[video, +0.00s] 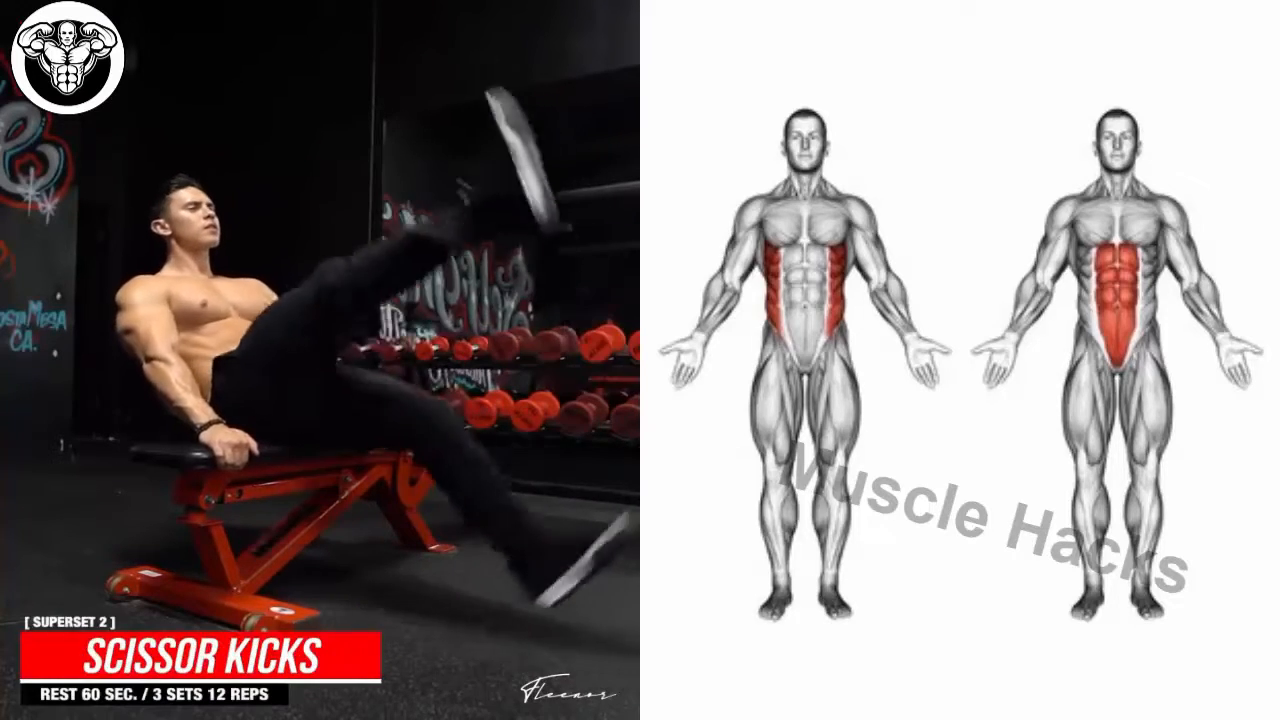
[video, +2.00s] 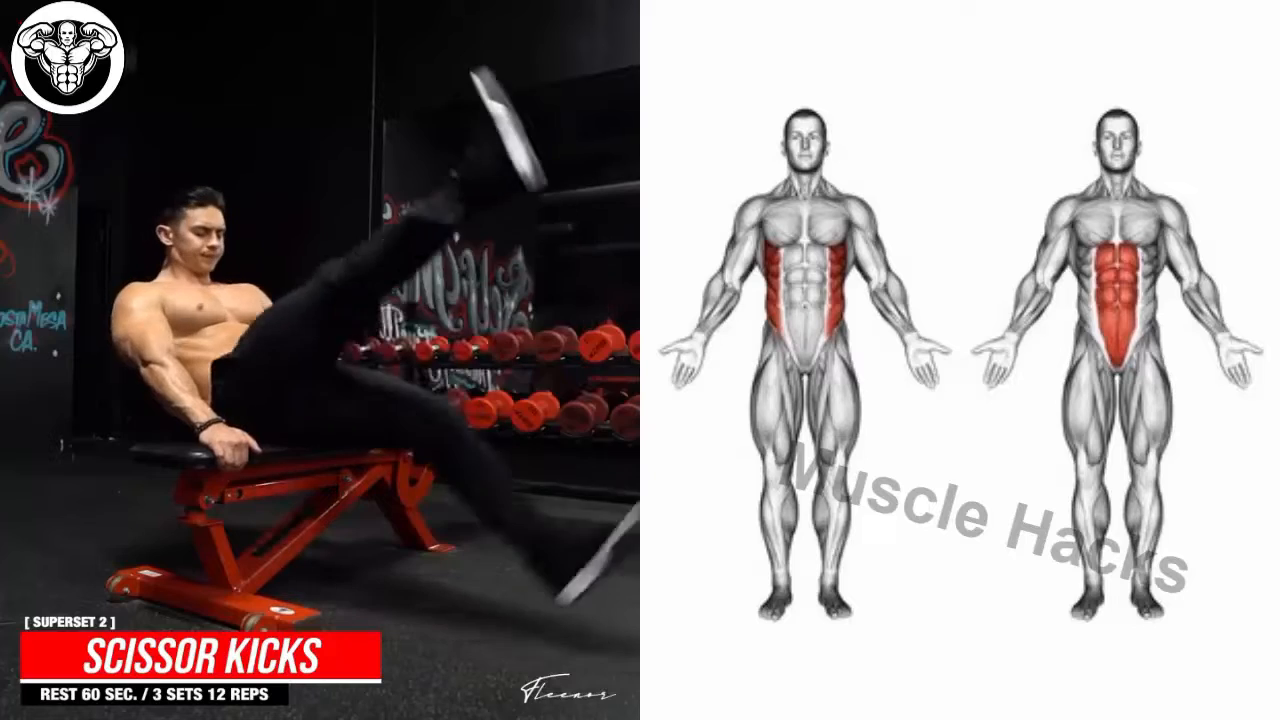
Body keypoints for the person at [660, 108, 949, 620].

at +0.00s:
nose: (804, 145)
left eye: (812, 138)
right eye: (797, 138)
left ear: (825, 146)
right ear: (785, 145)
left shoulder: (852, 211)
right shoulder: (758, 211)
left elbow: (881, 282)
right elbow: (729, 281)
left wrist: (910, 336)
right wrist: (700, 336)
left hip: (832, 355)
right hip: (777, 355)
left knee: (834, 467)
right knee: (777, 469)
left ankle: (830, 584)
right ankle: (780, 585)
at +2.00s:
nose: (804, 146)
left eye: (812, 138)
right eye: (797, 138)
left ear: (825, 145)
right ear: (785, 145)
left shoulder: (851, 211)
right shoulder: (758, 211)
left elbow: (881, 281)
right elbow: (729, 281)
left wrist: (909, 336)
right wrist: (700, 336)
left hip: (832, 356)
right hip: (777, 355)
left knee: (834, 467)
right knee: (776, 469)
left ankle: (830, 584)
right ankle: (780, 585)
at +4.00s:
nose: (804, 145)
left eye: (812, 138)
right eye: (797, 138)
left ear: (825, 145)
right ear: (785, 146)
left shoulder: (851, 211)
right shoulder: (758, 211)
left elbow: (881, 281)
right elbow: (729, 281)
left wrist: (909, 336)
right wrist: (700, 336)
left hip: (832, 355)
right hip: (778, 355)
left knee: (834, 467)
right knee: (776, 469)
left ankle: (829, 584)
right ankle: (780, 585)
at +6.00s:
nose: (805, 145)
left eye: (812, 138)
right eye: (797, 138)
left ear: (825, 145)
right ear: (785, 145)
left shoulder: (851, 211)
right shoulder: (758, 211)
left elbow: (881, 281)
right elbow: (729, 281)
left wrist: (909, 336)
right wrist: (700, 336)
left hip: (832, 356)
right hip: (777, 355)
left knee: (834, 467)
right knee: (777, 469)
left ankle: (829, 584)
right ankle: (780, 585)